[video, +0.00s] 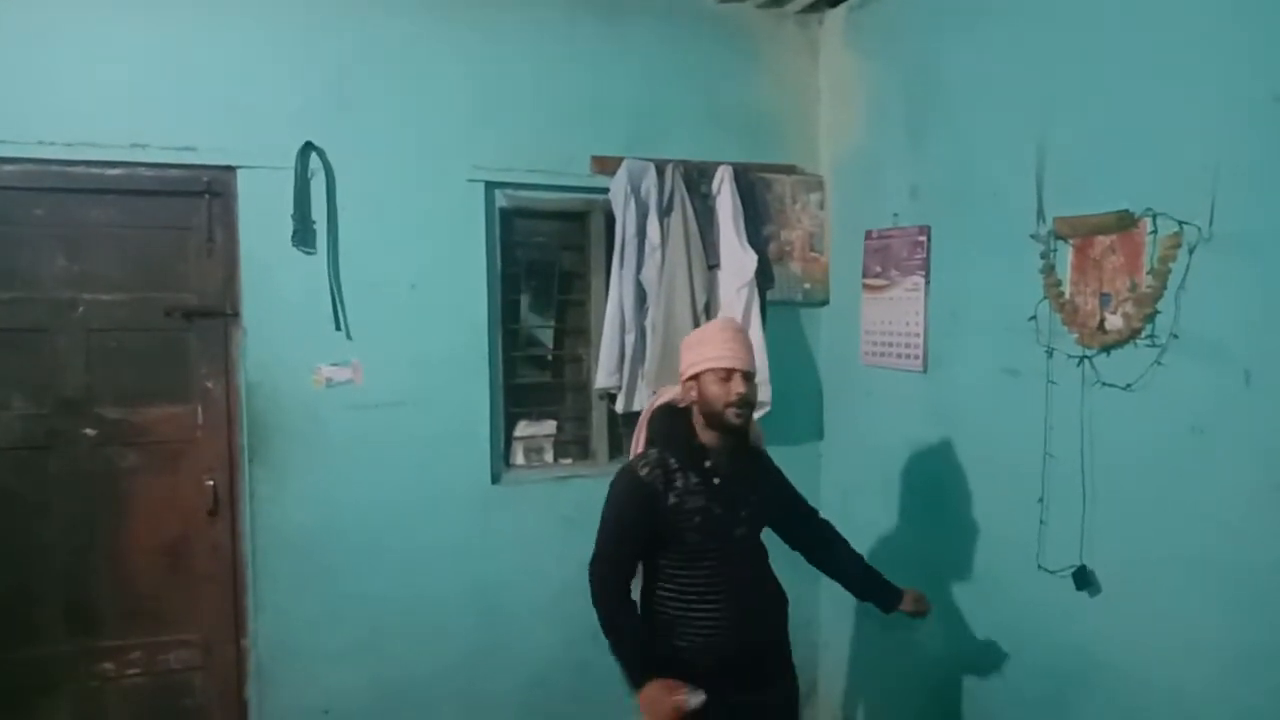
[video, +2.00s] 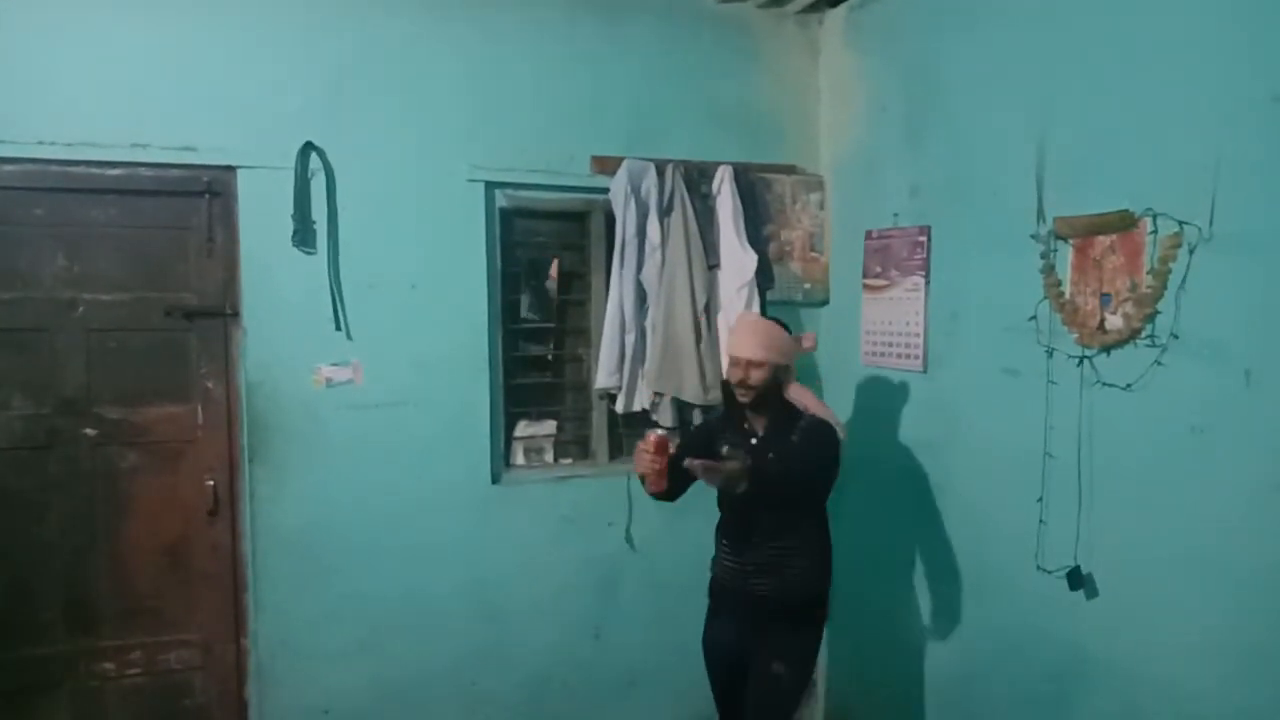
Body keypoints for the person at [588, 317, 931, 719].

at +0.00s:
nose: (741, 390)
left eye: (747, 377)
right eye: (725, 377)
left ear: (755, 384)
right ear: (690, 388)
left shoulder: (750, 464)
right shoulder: (645, 478)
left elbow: (810, 533)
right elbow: (607, 583)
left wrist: (889, 596)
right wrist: (645, 680)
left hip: (763, 666)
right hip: (683, 675)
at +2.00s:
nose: (742, 376)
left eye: (755, 366)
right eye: (735, 364)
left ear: (779, 371)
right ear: (726, 365)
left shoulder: (815, 433)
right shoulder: (720, 426)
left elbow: (805, 491)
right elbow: (671, 487)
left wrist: (743, 477)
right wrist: (654, 470)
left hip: (793, 601)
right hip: (731, 598)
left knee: (770, 708)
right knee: (731, 709)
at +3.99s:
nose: (687, 384)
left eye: (702, 377)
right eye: (690, 373)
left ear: (733, 396)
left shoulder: (753, 478)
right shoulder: (669, 463)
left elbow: (742, 589)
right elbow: (617, 538)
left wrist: (741, 691)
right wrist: (595, 517)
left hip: (709, 646)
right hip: (653, 639)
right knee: (653, 707)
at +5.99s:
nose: (711, 360)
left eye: (725, 353)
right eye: (716, 350)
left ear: (756, 371)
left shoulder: (791, 462)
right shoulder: (699, 431)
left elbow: (804, 572)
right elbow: (628, 416)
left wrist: (787, 666)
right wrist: (647, 350)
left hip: (751, 637)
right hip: (690, 627)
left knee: (733, 712)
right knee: (685, 711)